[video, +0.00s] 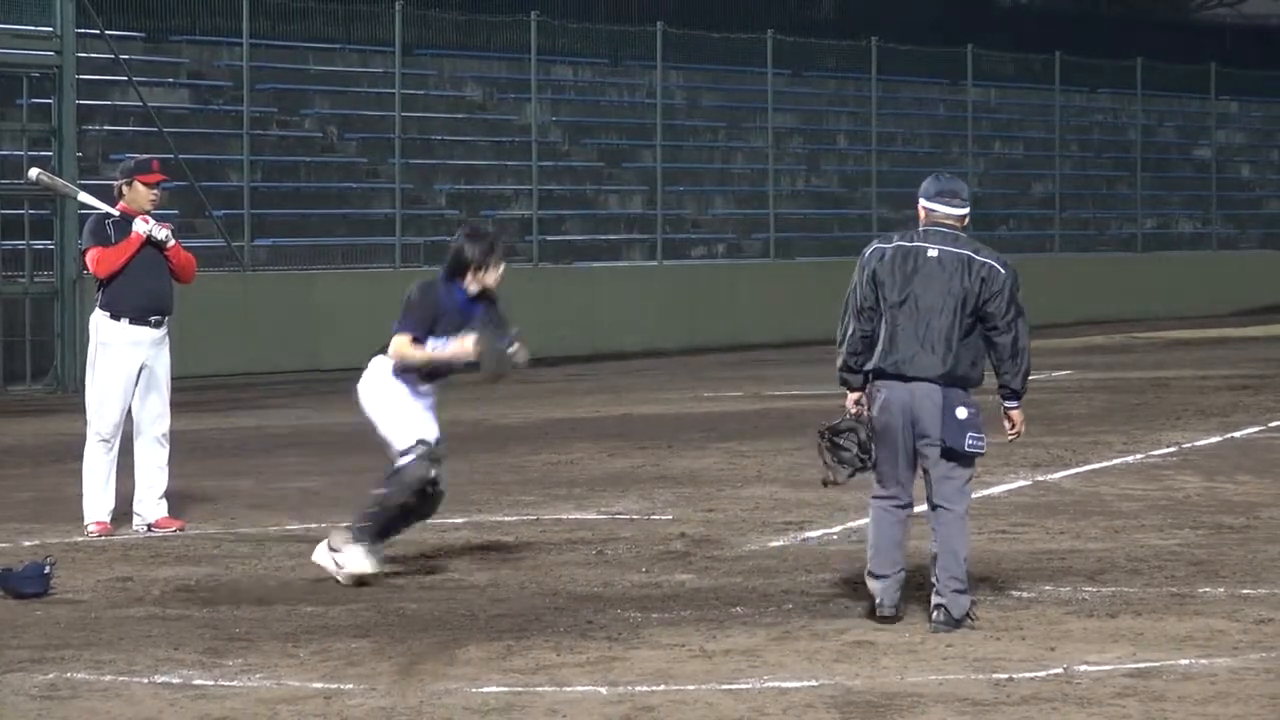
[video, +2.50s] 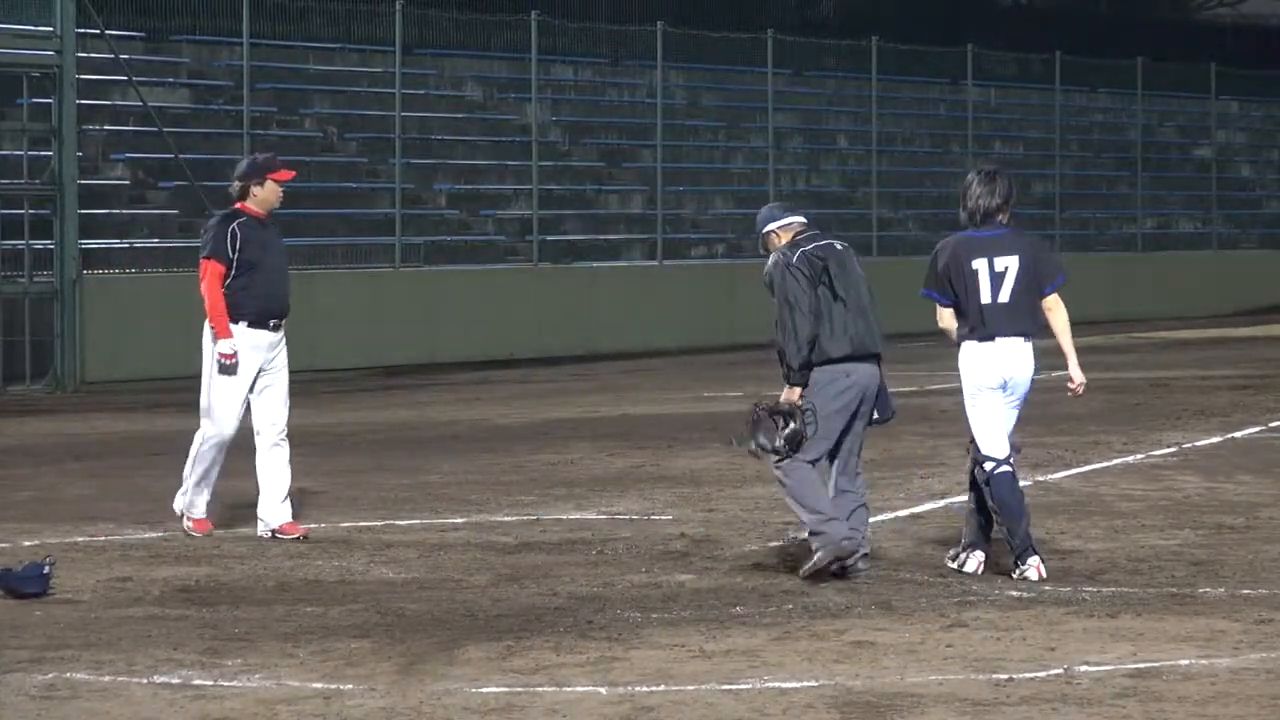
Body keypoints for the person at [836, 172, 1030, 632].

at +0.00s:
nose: (922, 216)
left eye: (921, 210)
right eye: (954, 214)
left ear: (920, 212)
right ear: (965, 217)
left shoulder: (879, 254)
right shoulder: (988, 265)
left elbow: (858, 324)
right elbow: (1007, 336)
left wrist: (854, 382)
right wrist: (1012, 398)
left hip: (889, 393)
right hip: (950, 397)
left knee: (890, 494)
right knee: (950, 502)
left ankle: (885, 596)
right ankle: (949, 604)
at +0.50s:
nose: (894, 219)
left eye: (892, 213)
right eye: (921, 216)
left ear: (890, 215)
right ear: (934, 220)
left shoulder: (856, 264)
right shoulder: (961, 264)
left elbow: (844, 334)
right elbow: (978, 335)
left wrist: (844, 392)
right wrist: (980, 395)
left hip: (880, 398)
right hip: (938, 398)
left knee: (887, 496)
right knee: (951, 487)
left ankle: (889, 593)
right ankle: (949, 579)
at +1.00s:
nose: (917, 218)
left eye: (912, 213)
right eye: (915, 214)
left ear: (870, 217)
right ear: (910, 217)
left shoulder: (840, 265)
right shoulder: (944, 261)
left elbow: (822, 332)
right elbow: (962, 326)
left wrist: (820, 389)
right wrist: (963, 384)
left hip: (870, 392)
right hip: (926, 391)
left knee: (882, 489)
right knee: (922, 484)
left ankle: (892, 589)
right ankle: (915, 571)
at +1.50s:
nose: (853, 219)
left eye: (853, 214)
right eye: (857, 213)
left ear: (858, 215)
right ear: (897, 213)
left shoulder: (834, 254)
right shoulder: (930, 255)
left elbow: (818, 325)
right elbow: (944, 319)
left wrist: (814, 380)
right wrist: (928, 367)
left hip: (855, 382)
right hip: (910, 382)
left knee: (849, 477)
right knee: (907, 477)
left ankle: (853, 571)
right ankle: (907, 571)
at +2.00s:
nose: (799, 228)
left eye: (799, 223)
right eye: (800, 223)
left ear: (808, 220)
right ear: (844, 217)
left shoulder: (795, 257)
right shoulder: (888, 252)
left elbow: (791, 324)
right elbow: (904, 316)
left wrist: (789, 381)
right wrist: (899, 367)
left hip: (826, 378)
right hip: (879, 375)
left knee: (829, 477)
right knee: (871, 461)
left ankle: (838, 567)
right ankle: (882, 535)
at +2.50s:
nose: (769, 249)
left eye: (767, 242)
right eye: (767, 243)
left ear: (775, 234)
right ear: (803, 226)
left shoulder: (786, 260)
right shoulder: (842, 250)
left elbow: (797, 320)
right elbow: (861, 313)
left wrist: (795, 380)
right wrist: (872, 370)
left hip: (830, 374)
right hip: (866, 371)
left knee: (793, 459)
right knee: (846, 462)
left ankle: (830, 537)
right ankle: (854, 546)